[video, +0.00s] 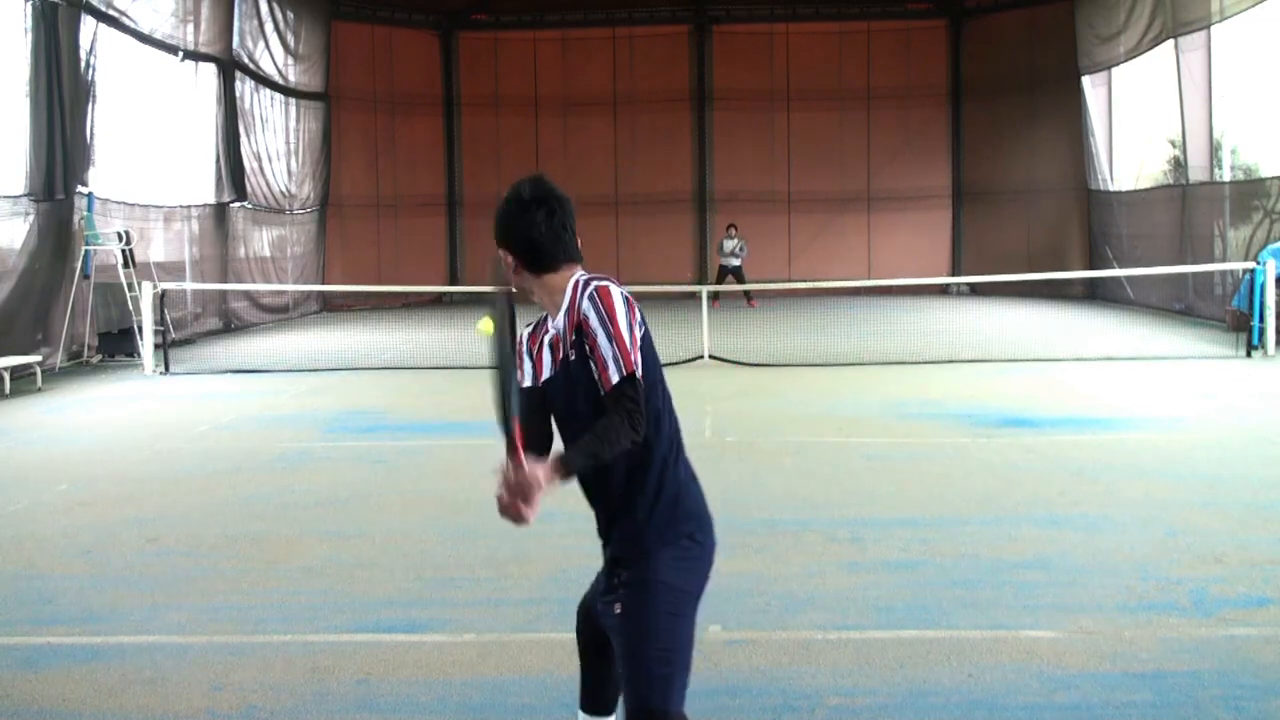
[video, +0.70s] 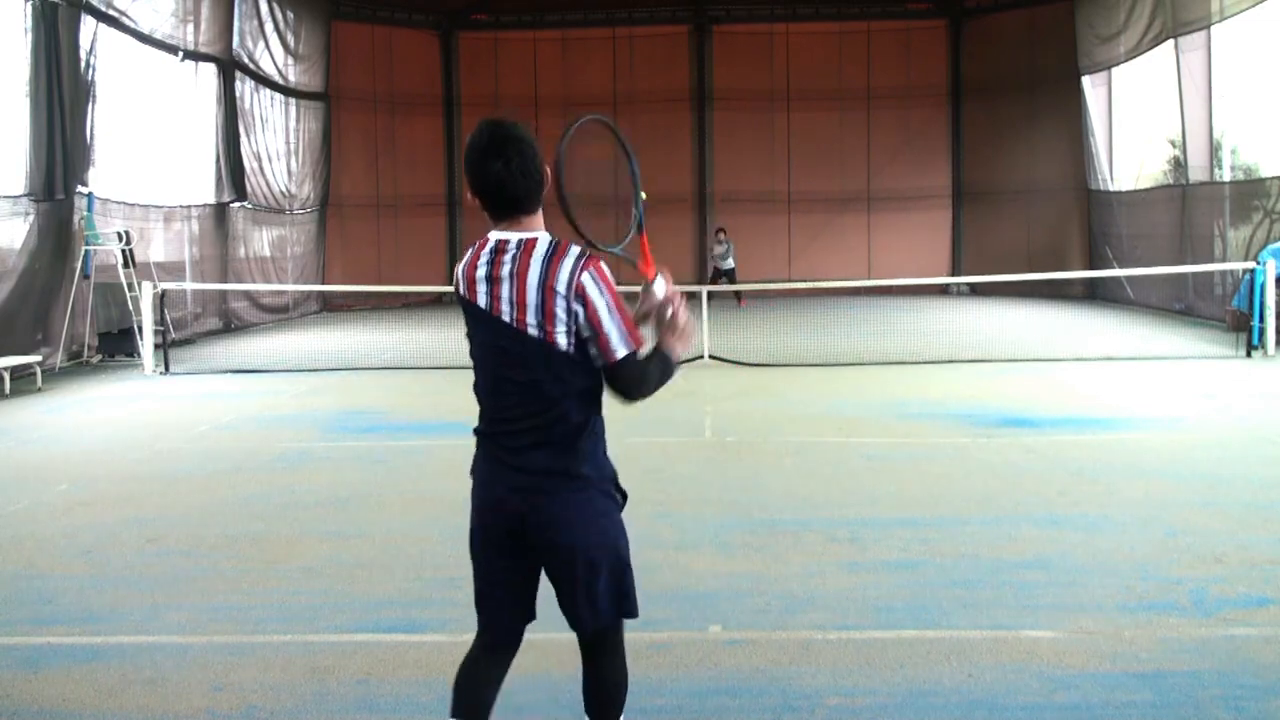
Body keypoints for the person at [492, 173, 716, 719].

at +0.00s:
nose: (500, 262)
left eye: (499, 252)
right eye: (502, 250)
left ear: (512, 261)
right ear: (570, 237)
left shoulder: (600, 299)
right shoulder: (532, 342)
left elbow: (631, 417)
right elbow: (534, 445)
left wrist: (550, 470)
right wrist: (517, 486)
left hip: (671, 537)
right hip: (625, 544)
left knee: (653, 704)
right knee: (596, 621)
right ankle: (596, 717)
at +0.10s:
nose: (503, 262)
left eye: (502, 250)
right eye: (501, 250)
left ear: (517, 254)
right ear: (568, 239)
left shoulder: (578, 306)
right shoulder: (564, 312)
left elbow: (580, 428)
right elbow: (527, 412)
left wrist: (530, 520)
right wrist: (494, 498)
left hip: (627, 529)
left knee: (607, 691)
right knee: (576, 657)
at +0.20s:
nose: (500, 247)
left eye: (499, 236)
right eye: (497, 234)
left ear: (517, 237)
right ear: (571, 219)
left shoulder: (513, 297)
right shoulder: (638, 286)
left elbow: (512, 403)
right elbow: (624, 382)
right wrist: (527, 424)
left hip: (583, 500)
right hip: (659, 493)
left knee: (627, 683)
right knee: (628, 635)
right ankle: (612, 707)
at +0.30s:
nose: (488, 218)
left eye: (486, 208)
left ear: (495, 216)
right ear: (558, 196)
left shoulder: (495, 280)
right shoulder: (619, 263)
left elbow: (558, 293)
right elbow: (673, 329)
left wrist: (632, 262)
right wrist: (661, 267)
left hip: (560, 485)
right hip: (638, 482)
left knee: (602, 649)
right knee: (625, 634)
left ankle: (625, 716)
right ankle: (615, 715)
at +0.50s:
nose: (565, 169)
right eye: (564, 162)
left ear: (491, 190)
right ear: (561, 175)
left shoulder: (488, 255)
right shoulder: (601, 260)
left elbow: (574, 241)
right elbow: (699, 301)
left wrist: (657, 205)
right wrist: (712, 224)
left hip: (521, 476)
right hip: (598, 476)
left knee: (532, 636)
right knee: (602, 631)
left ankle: (529, 718)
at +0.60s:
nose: (477, 186)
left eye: (478, 177)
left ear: (484, 188)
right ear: (550, 175)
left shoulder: (479, 257)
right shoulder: (592, 263)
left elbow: (560, 270)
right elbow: (681, 335)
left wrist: (647, 246)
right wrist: (707, 263)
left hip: (511, 478)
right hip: (588, 481)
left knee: (509, 627)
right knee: (595, 634)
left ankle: (491, 718)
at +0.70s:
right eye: (544, 168)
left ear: (473, 196)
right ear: (546, 180)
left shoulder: (472, 270)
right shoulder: (578, 271)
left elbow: (547, 350)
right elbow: (631, 382)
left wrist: (632, 317)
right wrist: (673, 349)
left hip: (497, 489)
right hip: (574, 493)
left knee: (495, 636)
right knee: (602, 644)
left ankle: (462, 717)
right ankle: (605, 719)